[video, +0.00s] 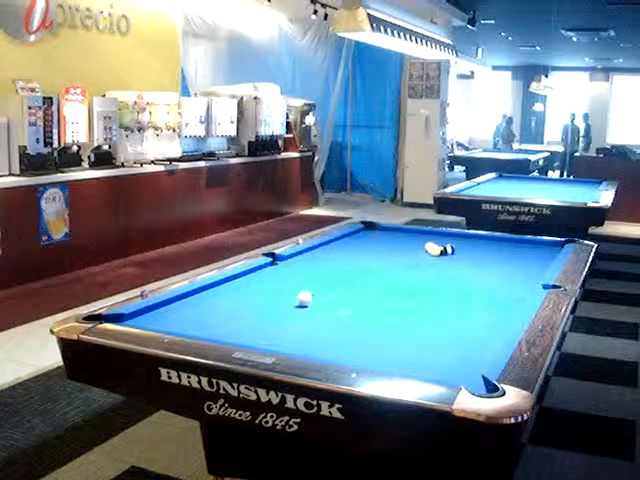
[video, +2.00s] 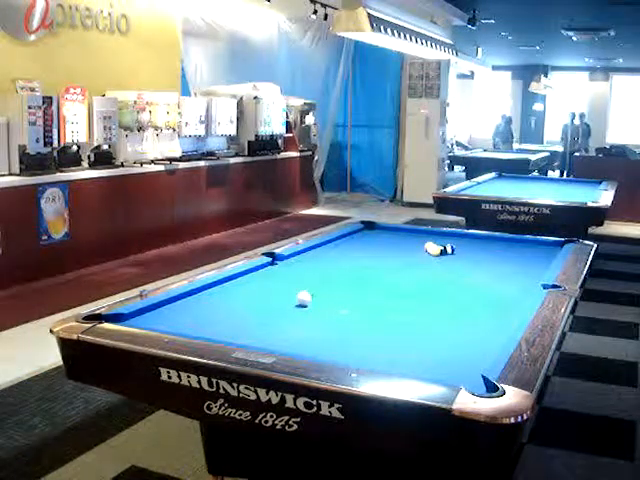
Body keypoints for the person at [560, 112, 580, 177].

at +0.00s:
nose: (572, 119)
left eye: (573, 117)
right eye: (572, 117)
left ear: (575, 118)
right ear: (569, 117)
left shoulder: (577, 128)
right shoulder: (565, 126)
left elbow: (578, 137)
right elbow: (562, 136)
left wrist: (577, 146)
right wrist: (563, 144)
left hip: (573, 147)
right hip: (566, 147)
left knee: (571, 162)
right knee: (563, 161)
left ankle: (569, 174)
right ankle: (561, 174)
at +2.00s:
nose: (572, 117)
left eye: (573, 116)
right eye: (571, 116)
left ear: (574, 117)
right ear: (569, 116)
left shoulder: (576, 127)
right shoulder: (565, 126)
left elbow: (578, 136)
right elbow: (563, 134)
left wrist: (577, 144)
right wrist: (562, 141)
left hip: (572, 145)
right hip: (565, 145)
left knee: (571, 159)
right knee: (563, 159)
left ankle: (569, 172)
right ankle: (561, 172)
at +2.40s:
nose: (572, 119)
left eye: (574, 117)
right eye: (571, 117)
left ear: (576, 118)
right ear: (569, 117)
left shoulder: (579, 126)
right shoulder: (566, 126)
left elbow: (581, 136)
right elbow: (563, 135)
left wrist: (579, 145)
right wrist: (563, 142)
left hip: (574, 146)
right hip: (566, 146)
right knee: (563, 157)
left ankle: (569, 172)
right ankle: (561, 172)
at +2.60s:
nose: (572, 120)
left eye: (574, 118)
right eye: (571, 118)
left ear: (576, 118)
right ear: (570, 118)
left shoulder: (578, 126)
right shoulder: (566, 126)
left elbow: (582, 134)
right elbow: (563, 135)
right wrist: (563, 142)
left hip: (575, 146)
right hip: (567, 146)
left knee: (571, 159)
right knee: (563, 158)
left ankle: (569, 173)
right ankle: (561, 173)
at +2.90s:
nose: (572, 119)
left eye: (574, 117)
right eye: (571, 117)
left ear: (576, 117)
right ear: (570, 117)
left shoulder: (577, 126)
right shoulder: (566, 125)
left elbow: (580, 134)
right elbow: (563, 134)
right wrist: (563, 141)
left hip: (574, 145)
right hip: (566, 145)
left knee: (571, 159)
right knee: (563, 158)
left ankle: (569, 173)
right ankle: (561, 173)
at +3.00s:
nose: (572, 119)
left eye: (574, 117)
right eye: (571, 117)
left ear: (575, 117)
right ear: (570, 117)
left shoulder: (577, 126)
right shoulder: (566, 125)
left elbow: (579, 135)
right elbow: (563, 134)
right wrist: (563, 141)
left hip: (574, 146)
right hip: (566, 145)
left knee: (571, 159)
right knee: (563, 159)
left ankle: (569, 173)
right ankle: (561, 172)